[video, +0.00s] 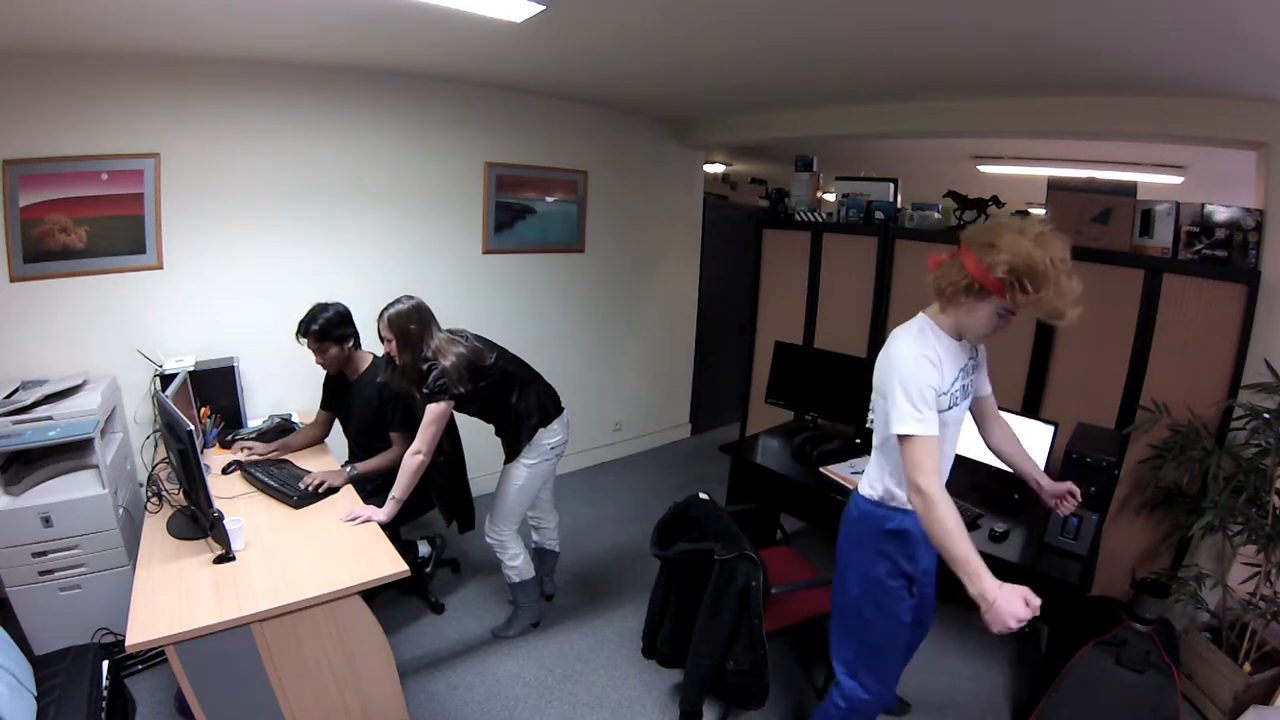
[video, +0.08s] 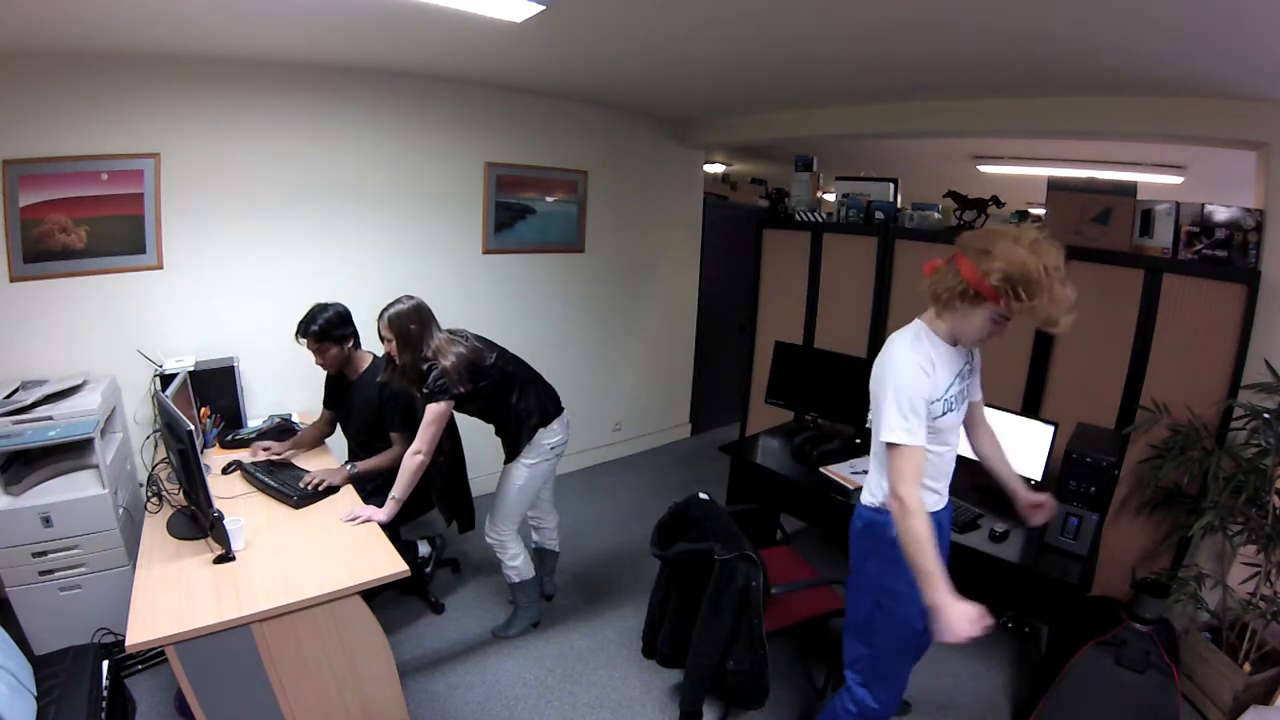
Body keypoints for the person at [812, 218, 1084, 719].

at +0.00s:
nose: (1006, 327)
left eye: (1012, 316)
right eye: (1004, 313)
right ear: (970, 289)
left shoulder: (966, 344)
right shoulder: (911, 356)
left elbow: (989, 420)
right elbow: (923, 489)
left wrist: (1040, 481)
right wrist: (987, 590)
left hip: (921, 522)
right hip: (882, 527)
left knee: (911, 623)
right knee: (865, 679)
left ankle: (876, 691)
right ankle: (845, 709)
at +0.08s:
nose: (999, 333)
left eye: (1006, 322)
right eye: (998, 319)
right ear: (964, 296)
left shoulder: (962, 348)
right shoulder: (906, 360)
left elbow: (976, 423)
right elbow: (904, 497)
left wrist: (1018, 491)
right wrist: (941, 598)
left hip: (932, 518)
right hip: (889, 529)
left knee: (910, 634)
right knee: (873, 689)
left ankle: (882, 698)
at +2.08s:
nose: (1003, 326)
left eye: (1010, 314)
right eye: (1001, 312)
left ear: (979, 295)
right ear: (971, 289)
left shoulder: (962, 338)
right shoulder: (908, 352)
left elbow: (974, 417)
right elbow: (911, 481)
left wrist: (1016, 488)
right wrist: (961, 580)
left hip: (940, 508)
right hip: (899, 520)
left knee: (910, 615)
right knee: (870, 650)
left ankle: (873, 688)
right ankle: (835, 713)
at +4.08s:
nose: (1001, 333)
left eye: (1007, 322)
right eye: (998, 319)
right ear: (968, 296)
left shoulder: (955, 341)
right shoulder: (907, 359)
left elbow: (961, 420)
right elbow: (901, 485)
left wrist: (987, 494)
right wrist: (924, 585)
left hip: (943, 507)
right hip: (907, 519)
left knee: (907, 613)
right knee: (883, 645)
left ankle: (878, 688)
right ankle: (840, 712)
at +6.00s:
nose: (1005, 324)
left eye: (1012, 312)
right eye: (1004, 310)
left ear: (983, 293)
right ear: (976, 288)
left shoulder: (963, 339)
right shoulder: (913, 351)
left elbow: (979, 419)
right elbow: (924, 481)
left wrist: (1020, 489)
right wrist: (979, 579)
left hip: (936, 513)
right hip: (899, 523)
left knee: (912, 615)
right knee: (870, 665)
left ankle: (875, 688)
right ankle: (836, 713)